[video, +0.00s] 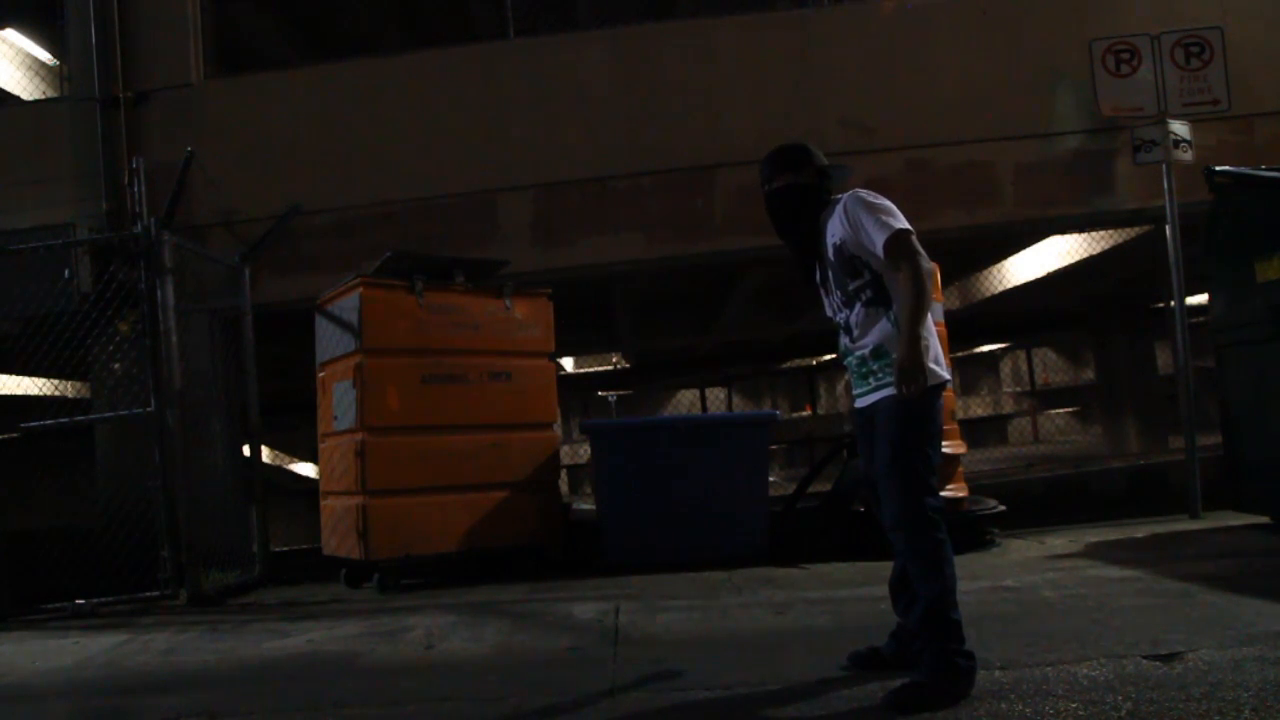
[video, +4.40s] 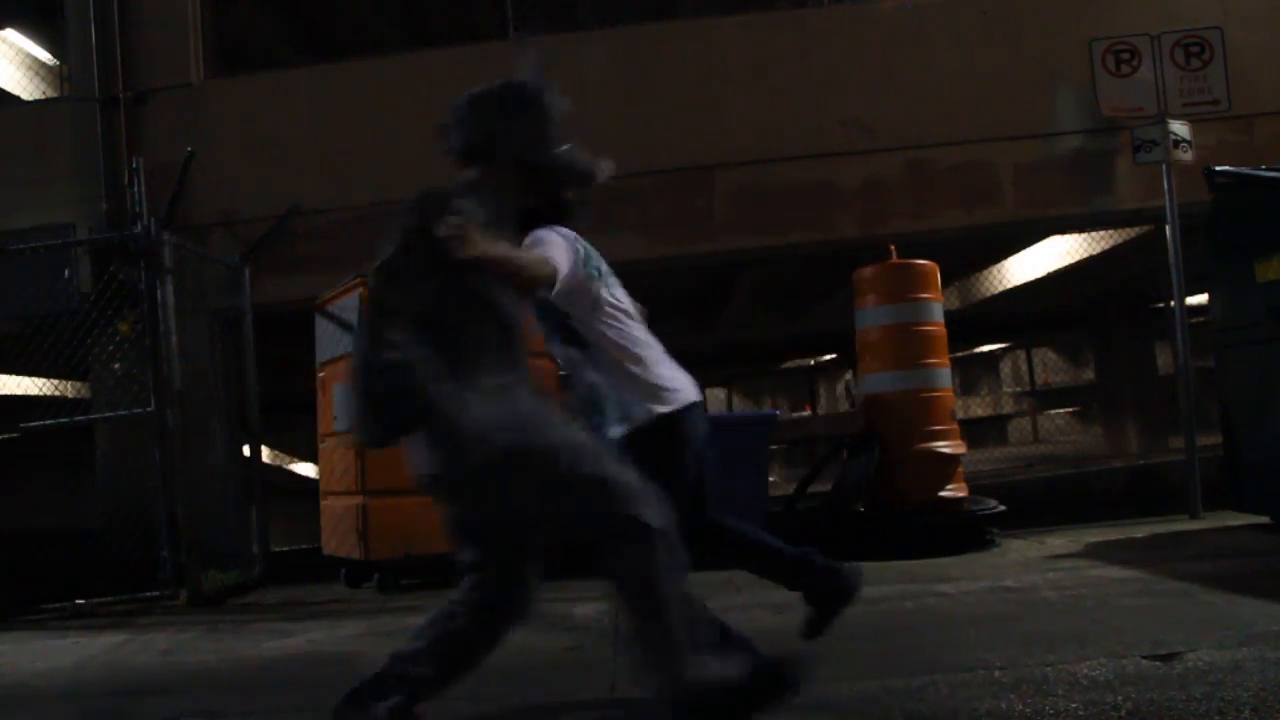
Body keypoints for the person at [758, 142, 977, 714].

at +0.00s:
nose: (776, 203)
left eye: (782, 188)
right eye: (770, 193)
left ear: (811, 180)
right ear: (779, 195)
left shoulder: (855, 207)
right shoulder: (825, 245)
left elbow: (914, 265)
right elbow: (865, 318)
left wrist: (910, 353)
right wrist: (864, 387)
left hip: (905, 393)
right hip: (877, 401)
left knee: (916, 521)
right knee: (899, 521)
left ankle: (947, 661)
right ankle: (914, 639)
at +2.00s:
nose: (782, 203)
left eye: (789, 188)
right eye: (776, 193)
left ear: (817, 180)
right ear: (785, 193)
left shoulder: (864, 210)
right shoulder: (827, 247)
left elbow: (921, 275)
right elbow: (859, 329)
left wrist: (921, 374)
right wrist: (863, 396)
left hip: (910, 394)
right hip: (877, 401)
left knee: (911, 519)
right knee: (895, 519)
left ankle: (945, 660)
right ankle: (913, 639)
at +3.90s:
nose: (712, 221)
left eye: (720, 207)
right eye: (708, 210)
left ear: (747, 202)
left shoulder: (794, 232)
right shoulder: (757, 272)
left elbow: (856, 287)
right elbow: (805, 345)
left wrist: (882, 377)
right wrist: (814, 408)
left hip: (871, 394)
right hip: (843, 402)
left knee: (846, 517)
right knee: (878, 514)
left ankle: (929, 634)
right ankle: (908, 635)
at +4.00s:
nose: (686, 228)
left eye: (694, 214)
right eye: (683, 216)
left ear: (721, 209)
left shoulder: (769, 240)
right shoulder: (733, 276)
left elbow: (840, 296)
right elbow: (782, 349)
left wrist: (886, 373)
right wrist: (791, 412)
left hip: (852, 400)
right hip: (822, 409)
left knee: (811, 522)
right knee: (870, 516)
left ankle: (910, 630)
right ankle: (914, 633)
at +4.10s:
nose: (653, 241)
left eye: (660, 228)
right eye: (652, 229)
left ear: (684, 225)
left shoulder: (735, 255)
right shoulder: (700, 291)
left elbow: (801, 320)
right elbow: (748, 363)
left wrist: (858, 391)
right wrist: (756, 423)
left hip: (825, 415)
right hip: (797, 422)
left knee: (762, 530)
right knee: (846, 527)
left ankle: (841, 640)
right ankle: (918, 634)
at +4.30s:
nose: (555, 256)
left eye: (559, 245)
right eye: (556, 248)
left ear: (576, 240)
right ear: (609, 234)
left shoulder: (615, 269)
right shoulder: (622, 275)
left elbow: (573, 303)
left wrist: (497, 298)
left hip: (728, 429)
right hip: (737, 424)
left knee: (670, 557)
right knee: (770, 539)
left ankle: (741, 675)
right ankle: (888, 611)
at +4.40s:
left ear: (518, 202)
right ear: (556, 202)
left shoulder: (554, 240)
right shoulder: (574, 248)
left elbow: (536, 268)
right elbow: (628, 312)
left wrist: (479, 248)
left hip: (660, 413)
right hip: (660, 412)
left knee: (690, 532)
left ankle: (820, 579)